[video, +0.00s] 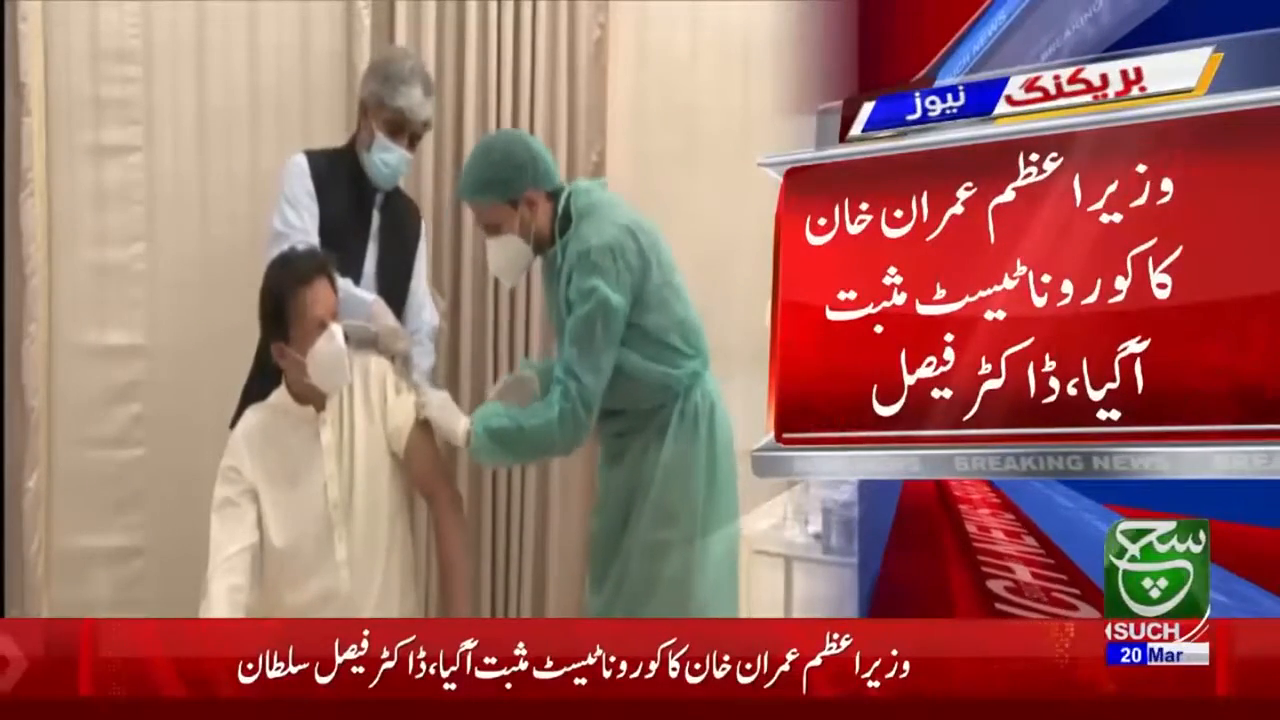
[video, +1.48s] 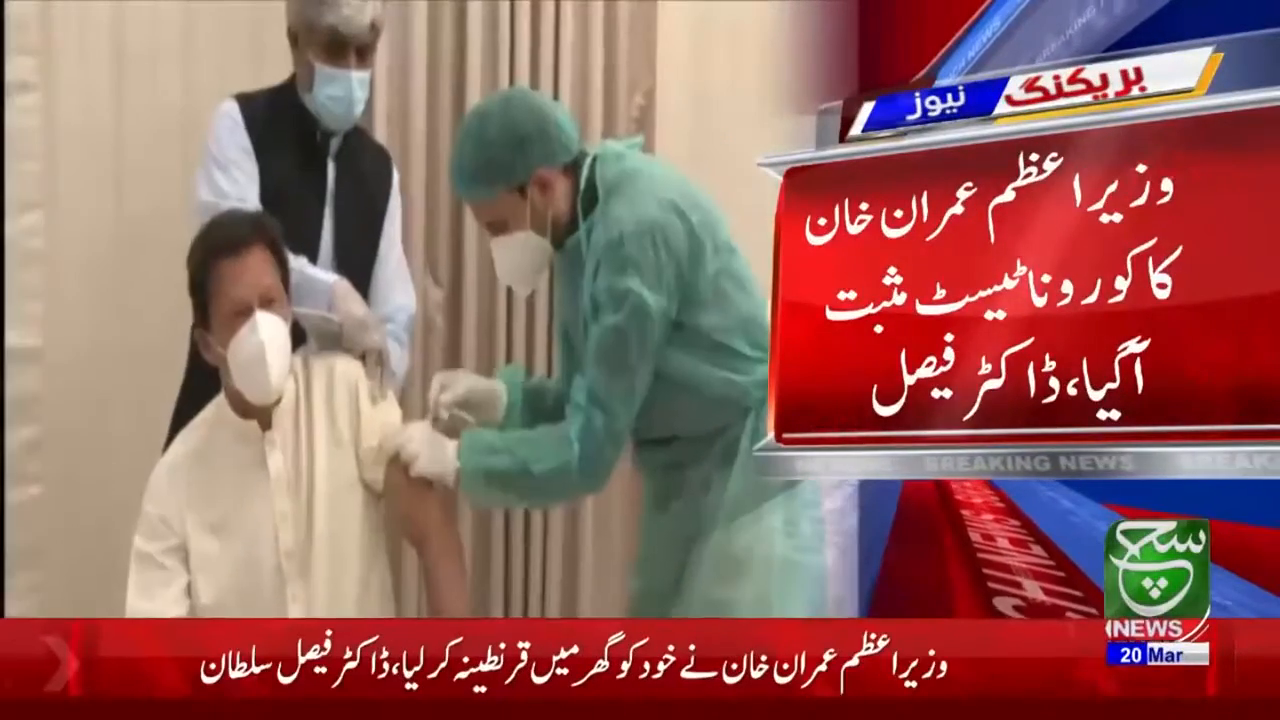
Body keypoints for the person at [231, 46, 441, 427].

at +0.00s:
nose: (401, 150)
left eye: (414, 139)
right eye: (393, 132)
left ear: (424, 137)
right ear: (364, 116)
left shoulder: (409, 217)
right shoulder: (308, 171)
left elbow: (420, 319)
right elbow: (292, 267)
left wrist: (412, 394)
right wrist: (370, 310)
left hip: (372, 389)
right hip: (298, 376)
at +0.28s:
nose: (404, 151)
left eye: (417, 140)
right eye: (395, 133)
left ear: (428, 139)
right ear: (367, 115)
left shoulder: (410, 216)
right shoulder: (310, 171)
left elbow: (423, 316)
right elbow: (295, 269)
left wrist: (419, 397)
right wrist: (372, 311)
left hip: (373, 388)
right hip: (298, 375)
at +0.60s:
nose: (406, 152)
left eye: (419, 142)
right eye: (398, 133)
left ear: (429, 143)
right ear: (370, 115)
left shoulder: (411, 218)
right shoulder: (313, 172)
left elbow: (424, 316)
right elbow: (294, 269)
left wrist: (417, 392)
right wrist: (372, 311)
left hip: (372, 390)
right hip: (298, 376)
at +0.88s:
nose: (407, 153)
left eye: (420, 143)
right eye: (398, 134)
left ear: (430, 144)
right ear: (370, 117)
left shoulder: (412, 218)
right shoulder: (313, 172)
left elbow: (424, 320)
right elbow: (295, 269)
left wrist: (418, 401)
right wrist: (372, 312)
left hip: (371, 392)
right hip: (298, 375)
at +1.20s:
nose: (347, 74)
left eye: (359, 57)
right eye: (330, 55)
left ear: (372, 54)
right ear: (293, 46)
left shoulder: (376, 163)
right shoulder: (240, 120)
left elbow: (391, 293)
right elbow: (228, 244)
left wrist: (374, 374)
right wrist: (330, 291)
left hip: (332, 388)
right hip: (236, 374)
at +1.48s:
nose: (350, 75)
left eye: (363, 57)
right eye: (333, 55)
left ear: (375, 55)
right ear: (296, 47)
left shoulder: (377, 167)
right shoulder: (241, 122)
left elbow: (395, 300)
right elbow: (231, 244)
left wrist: (375, 378)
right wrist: (332, 295)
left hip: (335, 393)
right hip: (236, 381)